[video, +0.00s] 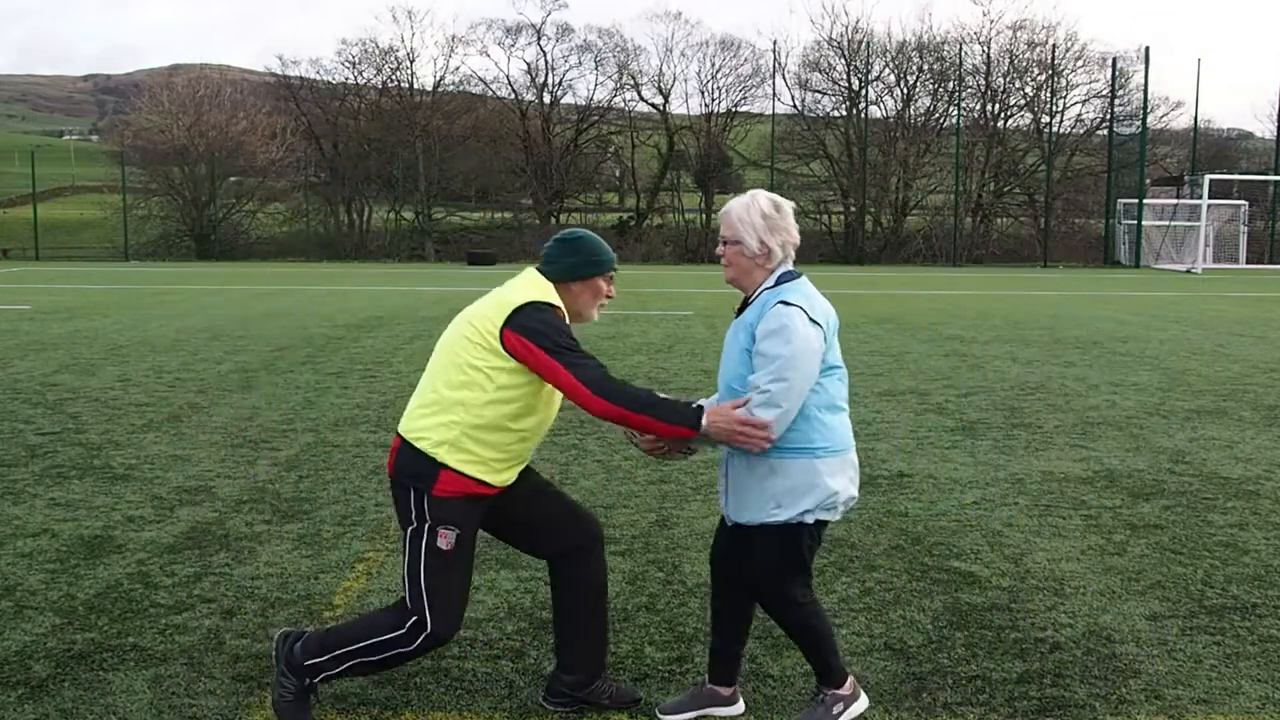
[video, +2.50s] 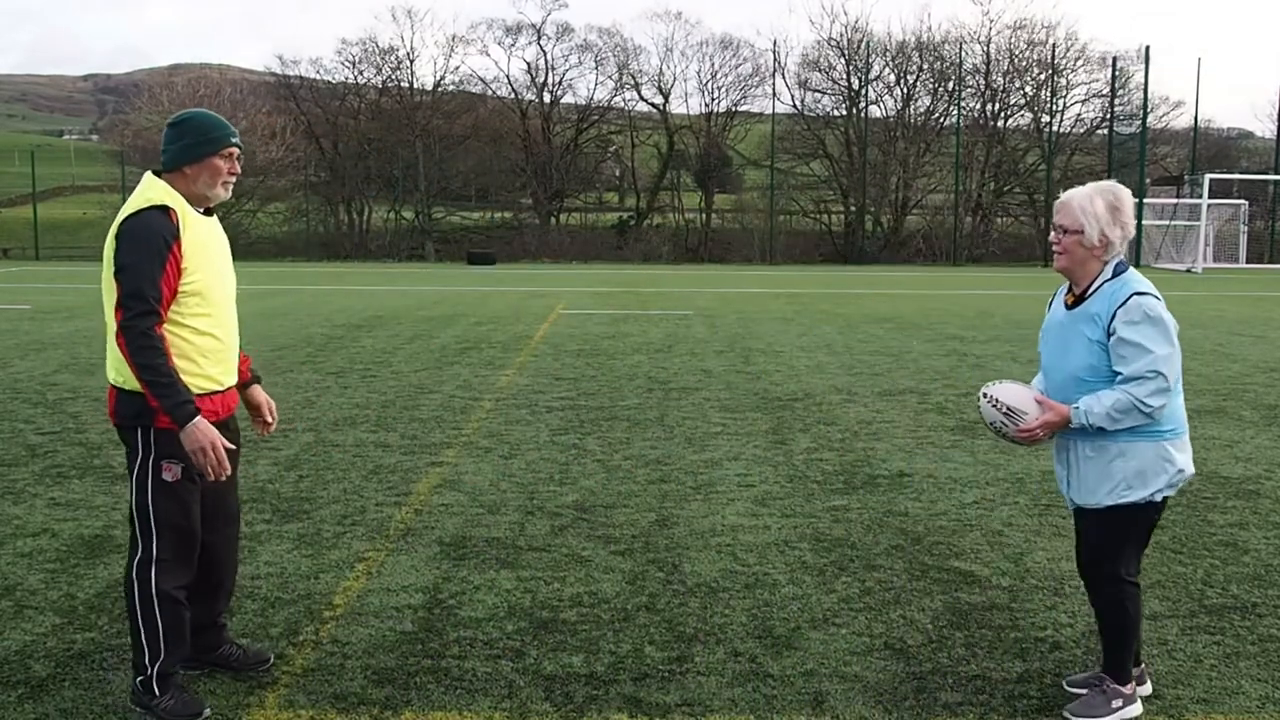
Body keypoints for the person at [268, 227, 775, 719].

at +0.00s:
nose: (609, 291)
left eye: (610, 282)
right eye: (603, 281)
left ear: (568, 277)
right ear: (570, 277)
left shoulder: (545, 310)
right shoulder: (527, 312)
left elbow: (603, 391)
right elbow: (598, 391)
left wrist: (682, 421)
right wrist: (701, 420)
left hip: (487, 467)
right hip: (436, 466)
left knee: (579, 538)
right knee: (431, 621)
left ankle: (577, 680)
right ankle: (300, 658)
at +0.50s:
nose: (450, 213)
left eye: (451, 202)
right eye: (444, 201)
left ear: (409, 200)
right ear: (410, 199)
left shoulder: (395, 247)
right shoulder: (368, 251)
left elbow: (406, 348)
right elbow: (383, 359)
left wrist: (465, 387)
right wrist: (462, 426)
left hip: (402, 441)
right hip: (358, 446)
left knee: (474, 551)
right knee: (329, 588)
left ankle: (538, 666)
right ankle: (246, 707)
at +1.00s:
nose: (313, 183)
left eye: (315, 173)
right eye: (304, 172)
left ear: (282, 178)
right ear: (267, 174)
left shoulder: (270, 232)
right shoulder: (226, 225)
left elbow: (264, 329)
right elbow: (191, 324)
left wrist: (306, 392)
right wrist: (221, 423)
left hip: (253, 411)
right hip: (213, 413)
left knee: (245, 539)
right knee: (239, 547)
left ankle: (209, 645)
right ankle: (226, 692)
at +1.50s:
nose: (246, 178)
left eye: (248, 168)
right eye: (236, 167)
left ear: (220, 173)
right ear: (198, 169)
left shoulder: (207, 228)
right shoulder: (159, 226)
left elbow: (204, 326)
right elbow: (142, 336)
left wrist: (252, 376)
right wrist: (202, 413)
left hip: (195, 407)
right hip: (143, 409)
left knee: (221, 523)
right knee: (149, 547)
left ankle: (203, 645)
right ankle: (131, 675)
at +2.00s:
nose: (257, 176)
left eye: (258, 167)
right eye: (248, 165)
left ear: (230, 171)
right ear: (210, 166)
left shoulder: (219, 224)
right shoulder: (169, 220)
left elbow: (219, 319)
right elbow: (149, 326)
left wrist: (262, 378)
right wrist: (204, 408)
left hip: (207, 402)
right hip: (161, 405)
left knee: (218, 533)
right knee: (177, 545)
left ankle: (206, 642)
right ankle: (156, 682)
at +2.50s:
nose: (234, 169)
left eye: (236, 159)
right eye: (224, 157)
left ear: (214, 165)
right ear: (187, 159)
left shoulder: (202, 218)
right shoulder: (150, 219)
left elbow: (210, 314)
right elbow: (138, 329)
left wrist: (246, 382)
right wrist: (186, 417)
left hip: (211, 408)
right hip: (159, 413)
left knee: (214, 536)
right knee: (165, 551)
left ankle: (205, 643)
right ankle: (156, 682)